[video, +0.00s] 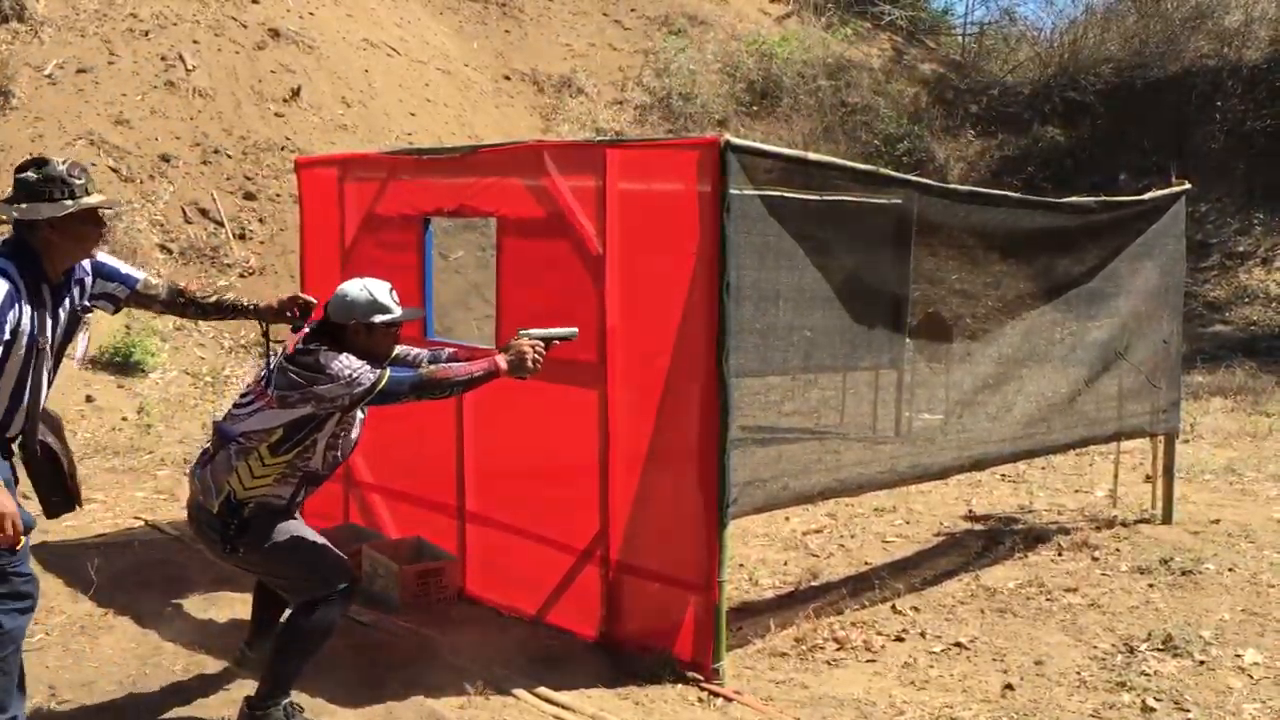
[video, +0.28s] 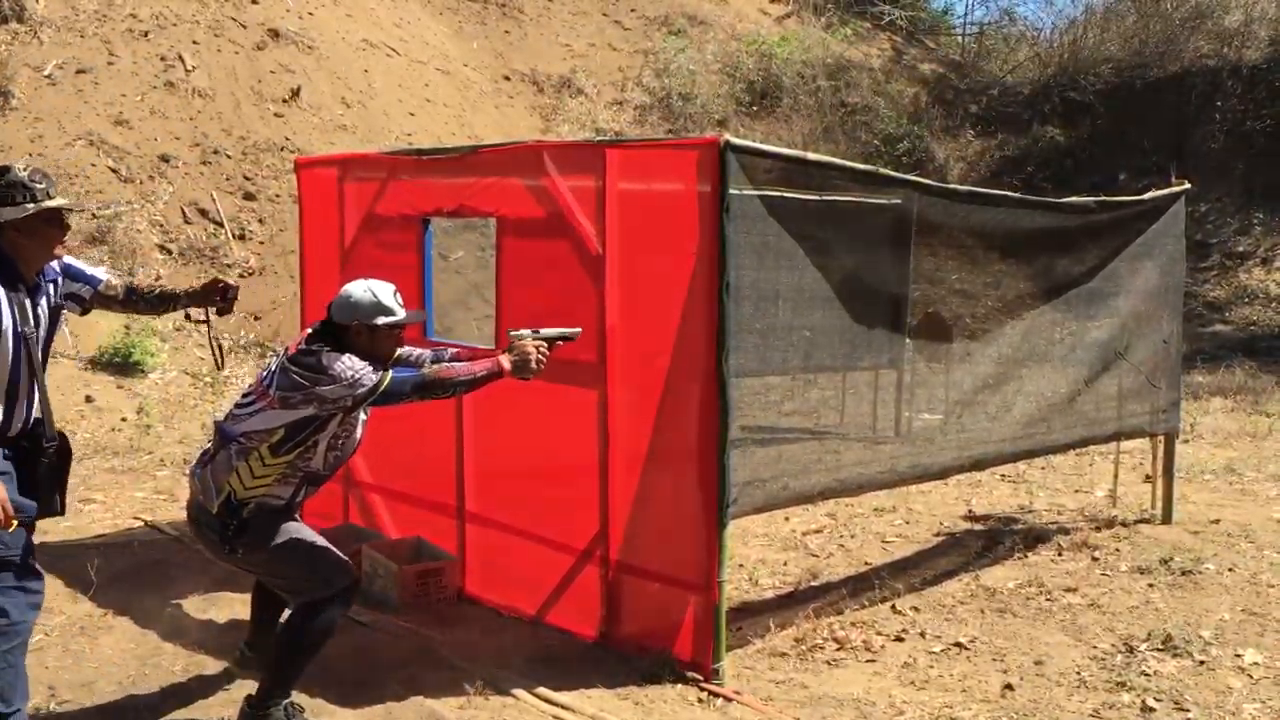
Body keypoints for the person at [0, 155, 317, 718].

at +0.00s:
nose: (103, 226)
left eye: (100, 215)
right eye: (90, 218)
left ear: (64, 226)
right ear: (49, 227)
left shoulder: (84, 271)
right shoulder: (7, 291)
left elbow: (177, 298)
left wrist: (265, 310)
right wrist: (3, 490)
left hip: (5, 454)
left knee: (15, 587)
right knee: (17, 589)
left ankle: (12, 701)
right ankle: (10, 706)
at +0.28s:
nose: (62, 230)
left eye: (61, 219)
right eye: (49, 221)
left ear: (38, 226)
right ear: (10, 229)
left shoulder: (52, 274)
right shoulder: (3, 293)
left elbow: (126, 293)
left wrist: (195, 297)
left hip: (25, 452)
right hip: (2, 459)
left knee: (18, 588)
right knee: (17, 590)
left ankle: (11, 702)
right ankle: (10, 704)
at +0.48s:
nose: (48, 221)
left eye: (48, 210)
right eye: (35, 212)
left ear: (35, 218)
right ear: (1, 220)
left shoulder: (40, 263)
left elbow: (103, 290)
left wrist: (162, 302)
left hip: (8, 449)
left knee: (14, 551)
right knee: (13, 552)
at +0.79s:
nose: (55, 234)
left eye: (53, 223)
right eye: (44, 225)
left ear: (19, 233)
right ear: (9, 233)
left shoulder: (37, 270)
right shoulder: (8, 290)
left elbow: (78, 308)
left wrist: (122, 308)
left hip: (10, 426)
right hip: (2, 430)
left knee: (34, 509)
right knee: (32, 510)